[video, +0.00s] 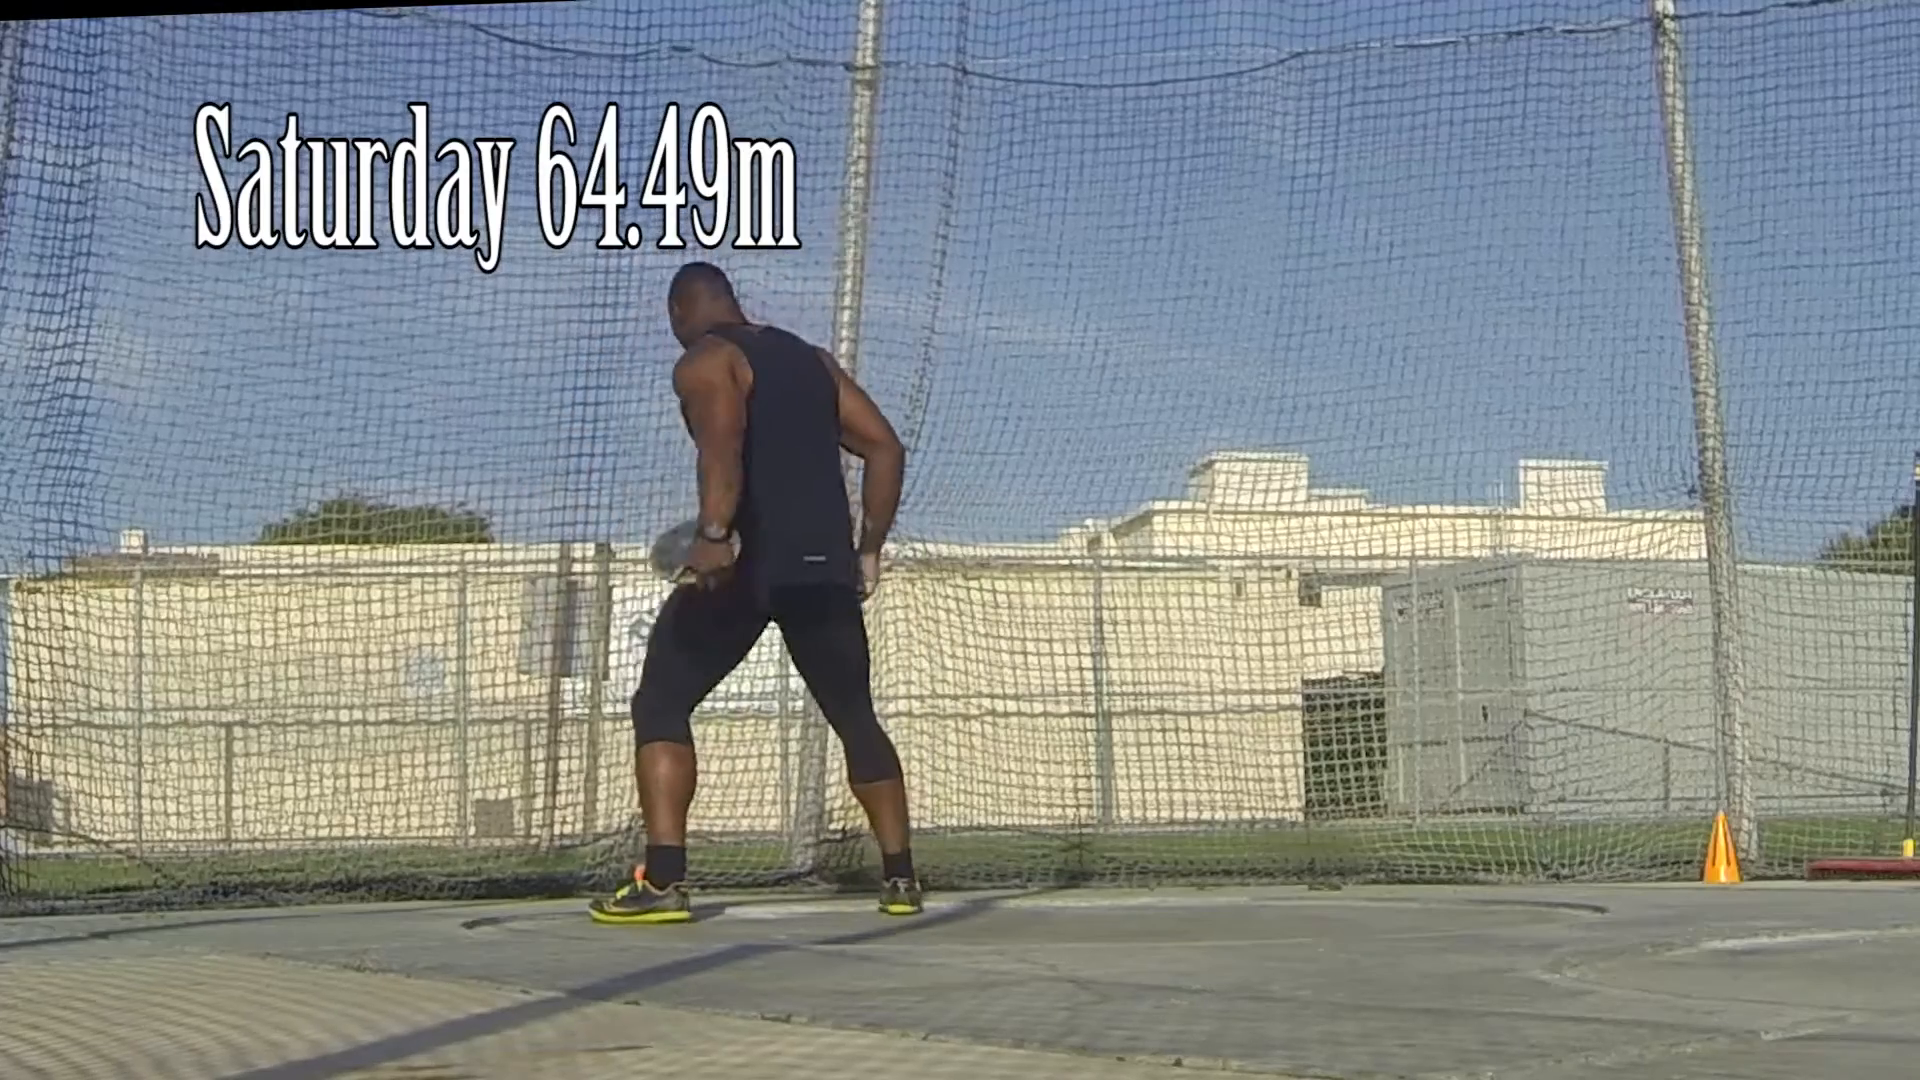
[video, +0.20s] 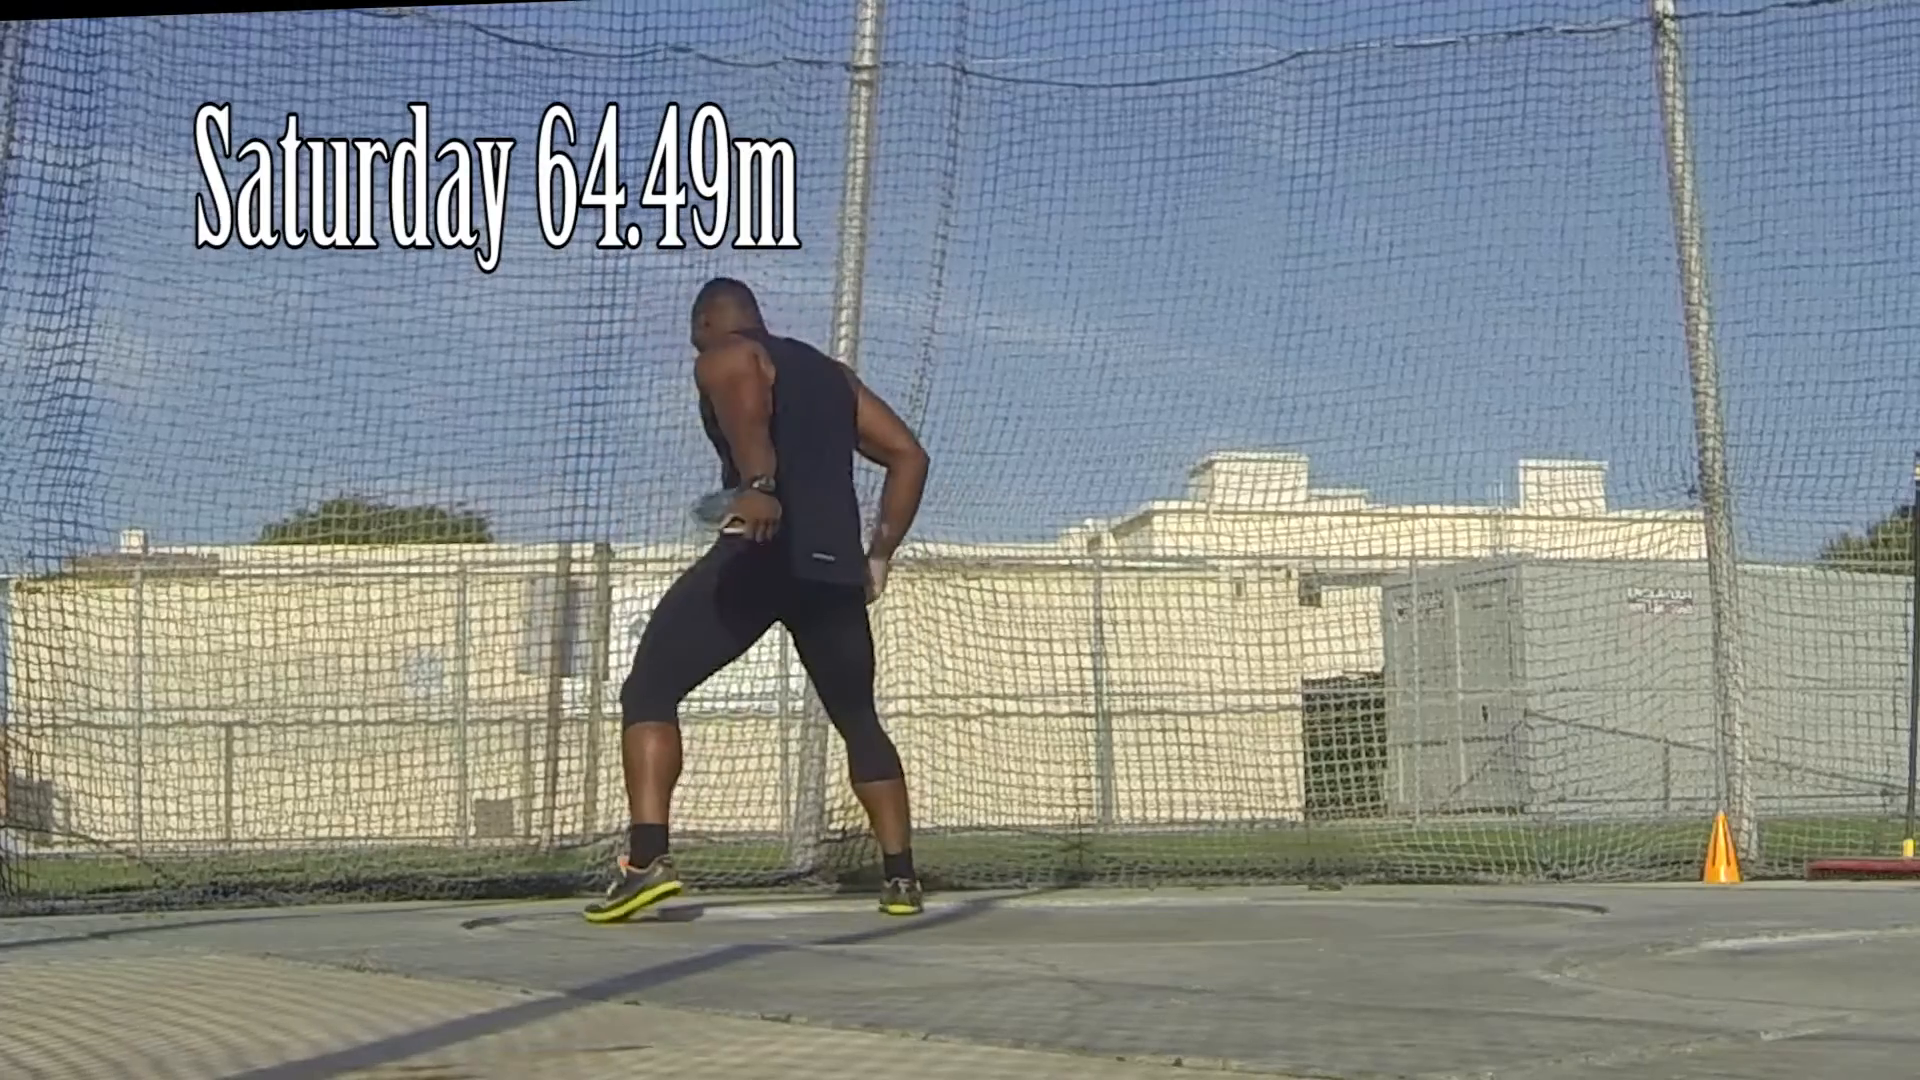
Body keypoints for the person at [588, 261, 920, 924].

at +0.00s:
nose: (677, 334)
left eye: (675, 322)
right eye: (675, 324)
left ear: (685, 313)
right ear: (733, 303)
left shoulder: (703, 358)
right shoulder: (808, 359)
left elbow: (721, 439)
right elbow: (884, 447)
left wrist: (712, 531)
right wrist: (871, 546)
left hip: (746, 568)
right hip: (827, 568)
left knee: (660, 704)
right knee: (857, 718)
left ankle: (662, 880)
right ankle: (900, 877)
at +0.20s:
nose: (696, 348)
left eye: (697, 337)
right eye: (696, 338)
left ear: (707, 328)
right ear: (759, 320)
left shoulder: (724, 355)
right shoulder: (830, 373)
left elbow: (746, 405)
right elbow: (909, 456)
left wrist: (757, 484)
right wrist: (881, 552)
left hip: (756, 557)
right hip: (836, 569)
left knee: (649, 691)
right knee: (859, 719)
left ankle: (646, 861)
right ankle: (901, 877)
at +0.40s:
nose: (681, 345)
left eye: (680, 334)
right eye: (682, 336)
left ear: (692, 326)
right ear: (742, 322)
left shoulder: (697, 366)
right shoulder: (816, 376)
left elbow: (695, 440)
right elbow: (886, 464)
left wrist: (667, 531)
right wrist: (890, 569)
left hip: (738, 571)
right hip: (826, 578)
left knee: (651, 707)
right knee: (858, 720)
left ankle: (658, 880)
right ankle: (902, 878)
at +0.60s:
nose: (673, 321)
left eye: (670, 311)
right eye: (683, 308)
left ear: (671, 312)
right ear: (730, 304)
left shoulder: (659, 379)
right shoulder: (807, 367)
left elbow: (631, 501)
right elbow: (842, 484)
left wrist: (602, 608)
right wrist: (819, 560)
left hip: (723, 564)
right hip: (814, 568)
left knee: (648, 708)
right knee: (854, 712)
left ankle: (658, 882)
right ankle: (903, 870)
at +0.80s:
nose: (723, 295)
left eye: (715, 283)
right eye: (736, 284)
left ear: (705, 290)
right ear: (766, 291)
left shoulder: (676, 365)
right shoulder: (826, 363)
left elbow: (651, 490)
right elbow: (816, 466)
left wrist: (670, 554)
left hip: (722, 562)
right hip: (810, 566)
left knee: (654, 708)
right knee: (850, 716)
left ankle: (658, 882)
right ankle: (901, 876)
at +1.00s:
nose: (756, 290)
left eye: (756, 279)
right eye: (765, 279)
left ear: (757, 286)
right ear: (813, 288)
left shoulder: (726, 351)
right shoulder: (854, 362)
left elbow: (674, 461)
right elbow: (831, 443)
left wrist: (728, 412)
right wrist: (748, 409)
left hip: (745, 557)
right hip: (828, 565)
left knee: (682, 701)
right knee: (850, 715)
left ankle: (658, 875)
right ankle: (900, 875)